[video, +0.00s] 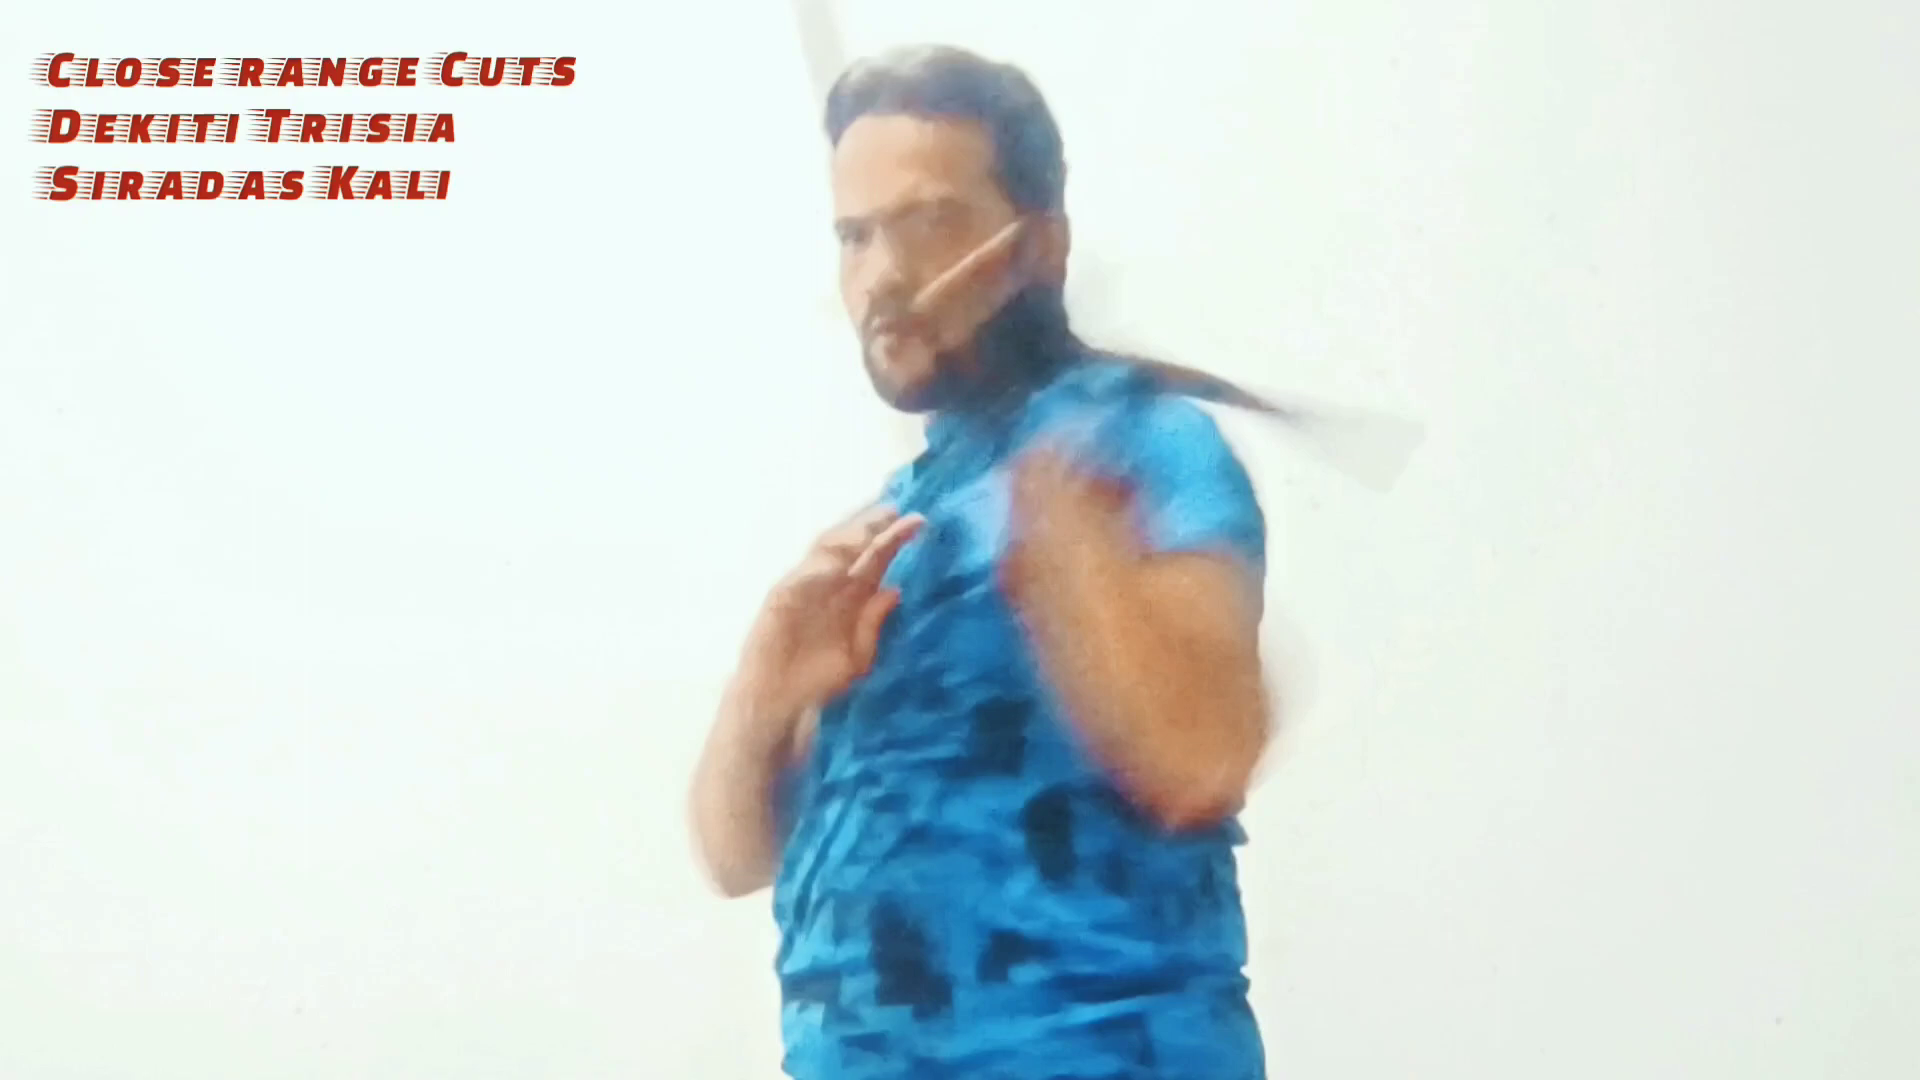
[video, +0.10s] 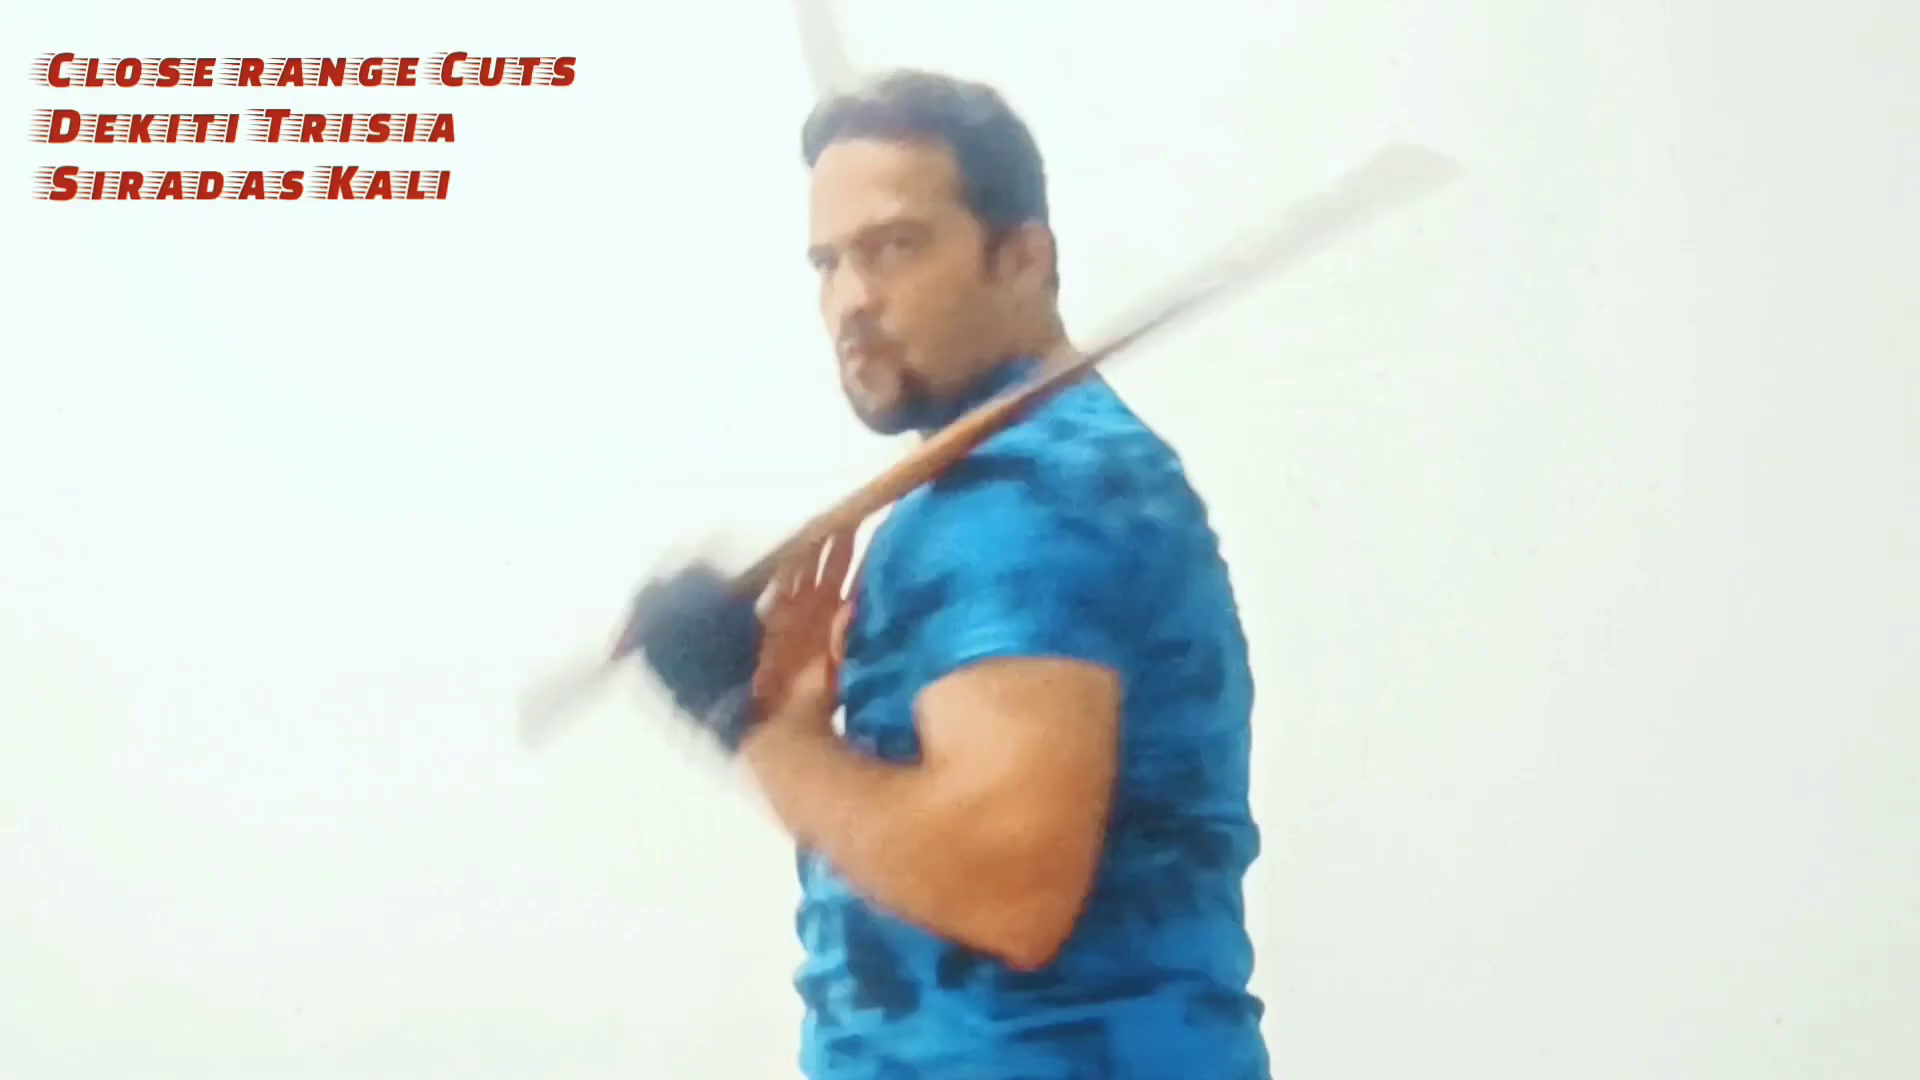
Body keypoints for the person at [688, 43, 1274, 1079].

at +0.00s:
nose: (881, 277)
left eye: (929, 225)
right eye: (855, 237)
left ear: (1043, 244)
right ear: (835, 257)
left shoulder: (1152, 442)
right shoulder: (867, 534)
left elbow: (1198, 765)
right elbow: (734, 859)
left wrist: (1057, 520)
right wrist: (764, 699)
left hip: (1107, 1039)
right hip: (854, 1047)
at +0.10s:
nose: (847, 301)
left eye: (895, 247)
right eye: (827, 264)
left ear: (1026, 258)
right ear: (813, 281)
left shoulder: (1021, 495)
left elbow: (1013, 889)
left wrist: (768, 733)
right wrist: (807, 730)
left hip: (1041, 1050)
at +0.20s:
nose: (836, 339)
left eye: (877, 285)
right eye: (820, 300)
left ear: (1012, 292)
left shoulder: (941, 509)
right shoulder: (1168, 497)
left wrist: (710, 852)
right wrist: (828, 760)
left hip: (983, 1055)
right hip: (1191, 1045)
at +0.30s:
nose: (874, 318)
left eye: (916, 264)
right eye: (854, 280)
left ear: (1047, 275)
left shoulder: (993, 453)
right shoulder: (1135, 453)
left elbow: (636, 685)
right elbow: (906, 816)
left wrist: (629, 780)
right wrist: (806, 597)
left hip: (989, 1047)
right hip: (1181, 1042)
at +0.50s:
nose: (981, 303)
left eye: (1028, 253)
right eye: (946, 264)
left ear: (1119, 276)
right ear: (909, 286)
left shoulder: (1228, 487)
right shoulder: (815, 497)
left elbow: (1291, 690)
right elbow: (637, 758)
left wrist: (982, 548)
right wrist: (898, 497)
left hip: (1162, 1045)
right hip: (862, 1048)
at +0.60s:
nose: (1025, 343)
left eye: (1074, 297)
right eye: (986, 298)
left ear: (1154, 315)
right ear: (939, 308)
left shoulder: (1217, 553)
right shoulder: (800, 519)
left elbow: (1404, 853)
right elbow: (642, 801)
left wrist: (1212, 771)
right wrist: (931, 563)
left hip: (1151, 1054)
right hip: (858, 1053)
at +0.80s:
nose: (1042, 298)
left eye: (1091, 257)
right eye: (1007, 255)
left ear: (1164, 283)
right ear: (953, 269)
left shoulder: (1189, 543)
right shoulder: (822, 470)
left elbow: (1268, 831)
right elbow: (621, 749)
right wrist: (922, 835)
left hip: (1146, 1057)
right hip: (856, 1054)